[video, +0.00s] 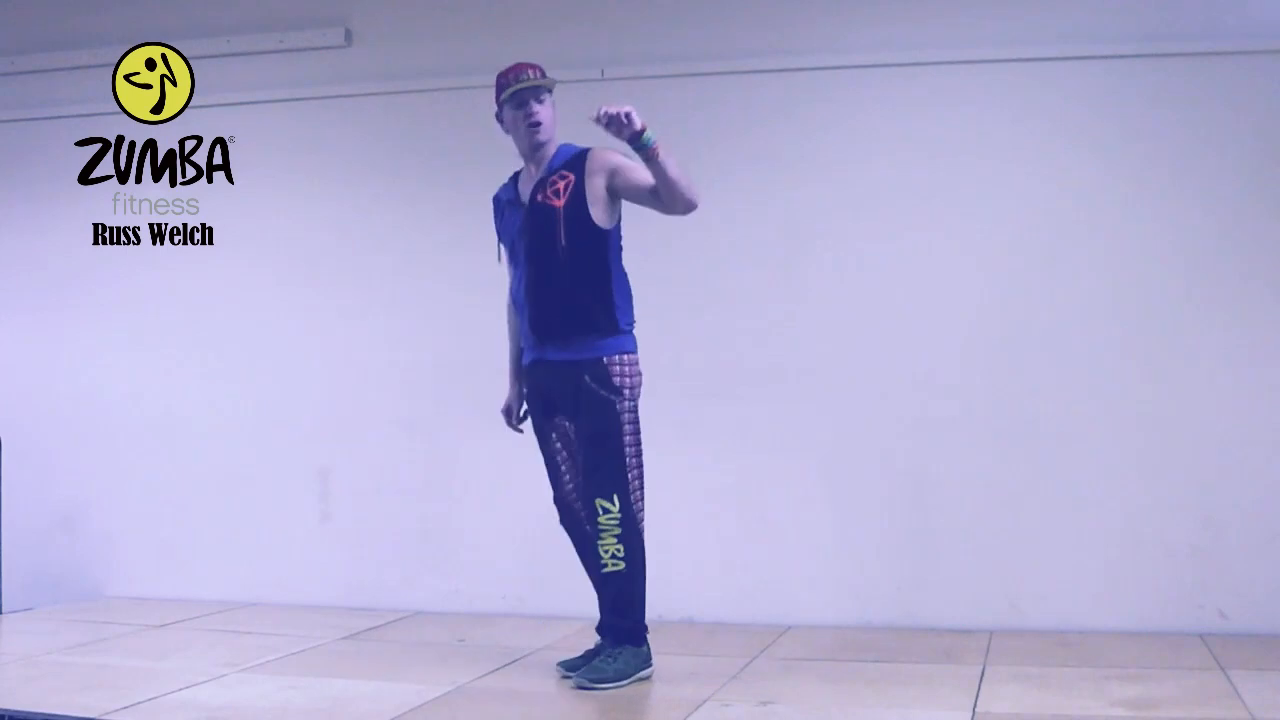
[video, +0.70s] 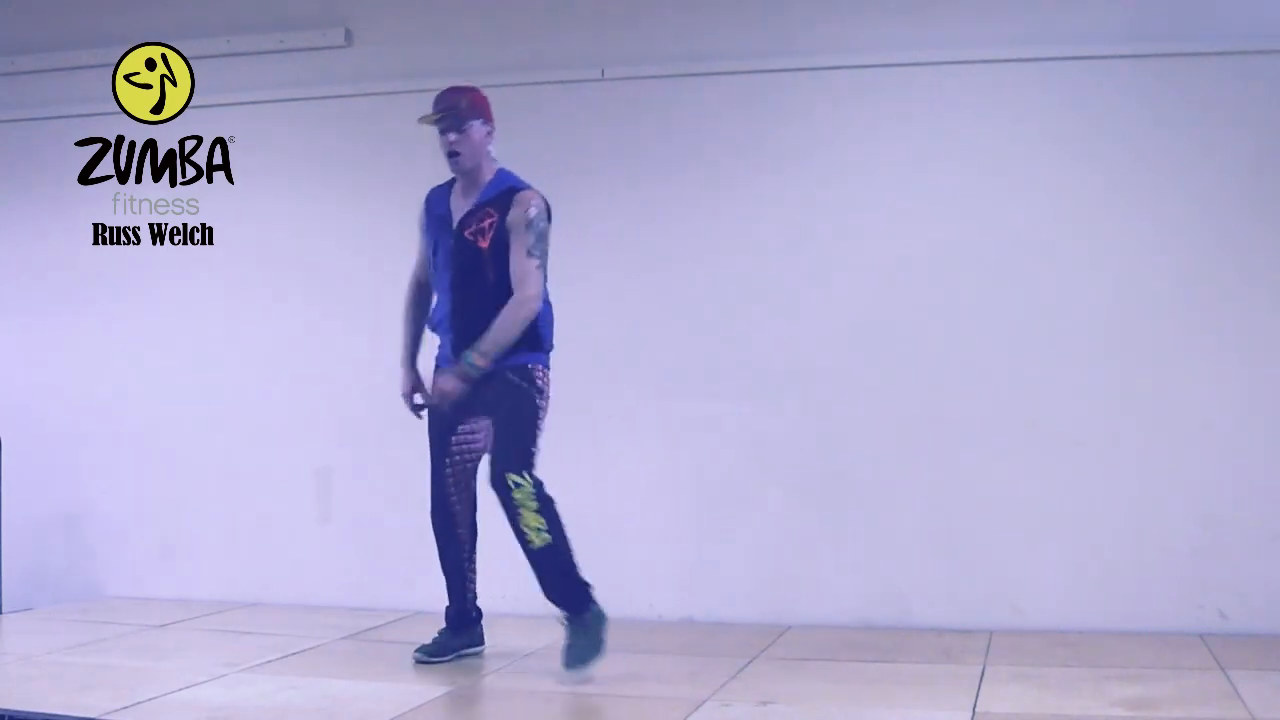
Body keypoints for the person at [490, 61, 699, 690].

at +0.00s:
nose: (532, 113)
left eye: (539, 101)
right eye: (518, 106)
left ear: (556, 107)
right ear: (502, 123)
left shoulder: (596, 164)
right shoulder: (507, 200)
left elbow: (682, 200)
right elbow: (516, 292)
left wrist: (642, 142)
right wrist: (515, 377)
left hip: (604, 362)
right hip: (544, 368)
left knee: (613, 501)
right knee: (572, 504)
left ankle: (630, 645)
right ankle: (616, 634)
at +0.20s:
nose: (507, 123)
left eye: (520, 112)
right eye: (499, 117)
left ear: (548, 122)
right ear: (495, 134)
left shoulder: (587, 179)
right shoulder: (507, 209)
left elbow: (672, 215)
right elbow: (524, 298)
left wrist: (639, 144)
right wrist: (495, 377)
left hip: (594, 375)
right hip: (536, 377)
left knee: (583, 514)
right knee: (480, 485)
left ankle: (625, 648)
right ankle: (558, 591)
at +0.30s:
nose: (500, 120)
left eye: (512, 109)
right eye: (494, 113)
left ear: (543, 118)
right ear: (492, 128)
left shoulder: (582, 181)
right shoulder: (500, 201)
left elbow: (650, 246)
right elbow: (516, 290)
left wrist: (653, 185)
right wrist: (491, 357)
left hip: (587, 371)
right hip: (527, 373)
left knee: (587, 513)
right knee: (465, 477)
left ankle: (624, 646)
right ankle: (521, 593)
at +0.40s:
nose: (494, 103)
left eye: (507, 93)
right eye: (488, 95)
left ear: (536, 104)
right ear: (483, 110)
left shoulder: (568, 174)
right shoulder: (482, 186)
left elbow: (607, 245)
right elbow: (488, 277)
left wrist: (650, 279)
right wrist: (477, 348)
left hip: (567, 365)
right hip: (502, 367)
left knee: (589, 501)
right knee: (476, 494)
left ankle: (622, 641)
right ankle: (469, 614)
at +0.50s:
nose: (489, 113)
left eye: (500, 103)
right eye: (482, 105)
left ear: (528, 112)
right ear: (477, 117)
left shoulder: (558, 185)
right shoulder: (473, 189)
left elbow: (589, 263)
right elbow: (471, 280)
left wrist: (618, 338)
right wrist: (460, 353)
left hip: (551, 369)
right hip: (489, 373)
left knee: (580, 502)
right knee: (475, 499)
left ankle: (622, 642)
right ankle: (461, 623)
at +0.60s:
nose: (468, 127)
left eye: (479, 116)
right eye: (461, 118)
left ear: (507, 121)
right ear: (456, 128)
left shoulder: (537, 197)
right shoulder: (451, 197)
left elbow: (542, 295)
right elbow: (440, 283)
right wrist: (432, 363)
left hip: (522, 373)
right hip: (462, 374)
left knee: (546, 504)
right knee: (462, 506)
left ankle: (613, 633)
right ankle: (464, 626)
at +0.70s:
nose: (448, 141)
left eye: (458, 130)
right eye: (442, 132)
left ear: (487, 131)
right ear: (438, 139)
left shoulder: (524, 204)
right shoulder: (437, 205)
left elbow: (529, 298)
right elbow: (422, 283)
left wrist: (465, 367)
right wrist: (410, 360)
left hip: (517, 365)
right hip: (456, 367)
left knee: (513, 480)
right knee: (450, 491)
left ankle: (581, 612)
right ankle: (463, 622)